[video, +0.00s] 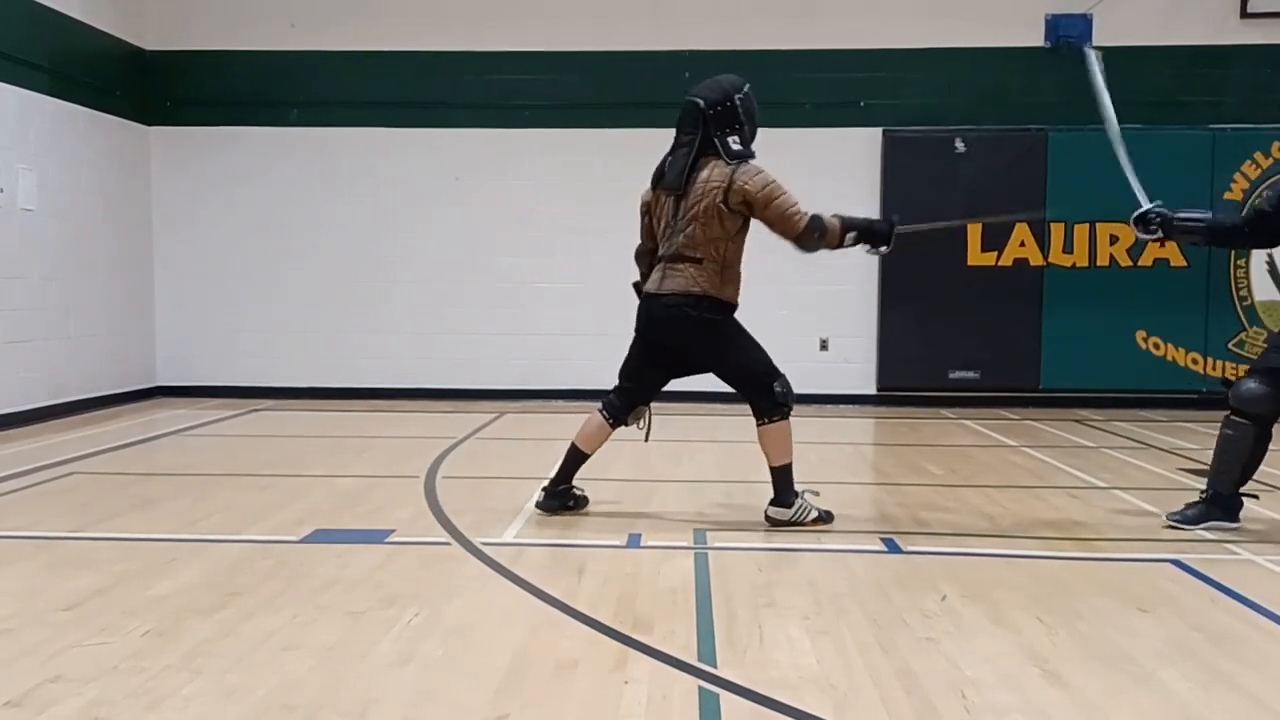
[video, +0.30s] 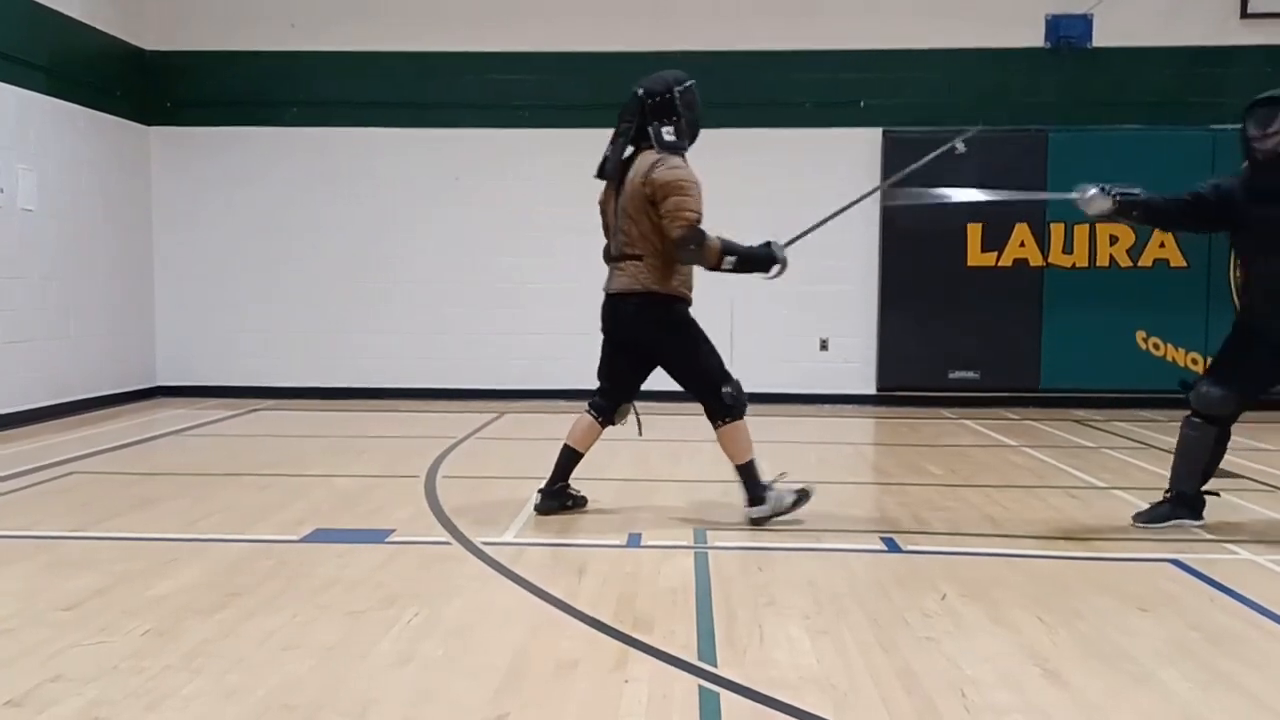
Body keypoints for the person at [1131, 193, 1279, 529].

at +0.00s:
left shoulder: (1277, 199)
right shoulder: (1278, 197)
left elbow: (1254, 231)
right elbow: (1253, 231)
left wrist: (1175, 225)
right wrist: (1174, 225)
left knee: (1256, 395)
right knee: (1253, 395)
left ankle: (1221, 499)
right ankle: (1221, 499)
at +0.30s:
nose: (1265, 141)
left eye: (1273, 132)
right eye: (1258, 133)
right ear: (1248, 138)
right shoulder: (1247, 189)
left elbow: (1192, 209)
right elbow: (1189, 209)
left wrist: (1125, 205)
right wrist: (1122, 204)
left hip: (1269, 325)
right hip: (1260, 323)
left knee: (1216, 399)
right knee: (1212, 399)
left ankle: (1185, 498)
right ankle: (1184, 498)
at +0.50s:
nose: (1226, 136)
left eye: (1239, 127)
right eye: (1222, 128)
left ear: (1267, 132)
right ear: (1216, 134)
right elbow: (1169, 239)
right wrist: (1118, 248)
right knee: (1197, 394)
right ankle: (1181, 496)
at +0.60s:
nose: (1235, 135)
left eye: (1247, 125)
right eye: (1231, 126)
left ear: (1274, 129)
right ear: (1225, 131)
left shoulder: (1271, 184)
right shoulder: (1229, 190)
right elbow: (1186, 253)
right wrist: (1130, 282)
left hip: (1272, 317)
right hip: (1242, 317)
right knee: (1196, 395)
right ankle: (1181, 495)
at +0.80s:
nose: (1277, 140)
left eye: (1279, 131)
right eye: (1274, 131)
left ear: (1278, 134)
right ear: (1269, 133)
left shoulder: (1268, 190)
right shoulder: (1267, 189)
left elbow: (1219, 238)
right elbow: (1219, 237)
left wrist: (1149, 259)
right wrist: (1151, 258)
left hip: (1271, 324)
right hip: (1269, 320)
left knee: (1232, 400)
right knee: (1229, 400)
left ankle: (1186, 495)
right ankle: (1185, 495)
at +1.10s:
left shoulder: (1273, 191)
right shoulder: (1274, 189)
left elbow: (1242, 224)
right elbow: (1242, 223)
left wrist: (1165, 234)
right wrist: (1167, 233)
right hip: (1279, 319)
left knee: (1252, 389)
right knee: (1250, 388)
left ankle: (1223, 496)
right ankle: (1223, 496)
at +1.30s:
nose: (1275, 140)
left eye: (1276, 133)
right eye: (1274, 133)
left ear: (1276, 139)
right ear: (1271, 138)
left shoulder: (1266, 188)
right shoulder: (1266, 186)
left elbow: (1219, 225)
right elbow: (1219, 225)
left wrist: (1146, 233)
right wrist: (1146, 232)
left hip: (1270, 322)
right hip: (1267, 318)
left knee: (1236, 398)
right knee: (1232, 399)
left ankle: (1203, 498)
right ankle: (1202, 498)